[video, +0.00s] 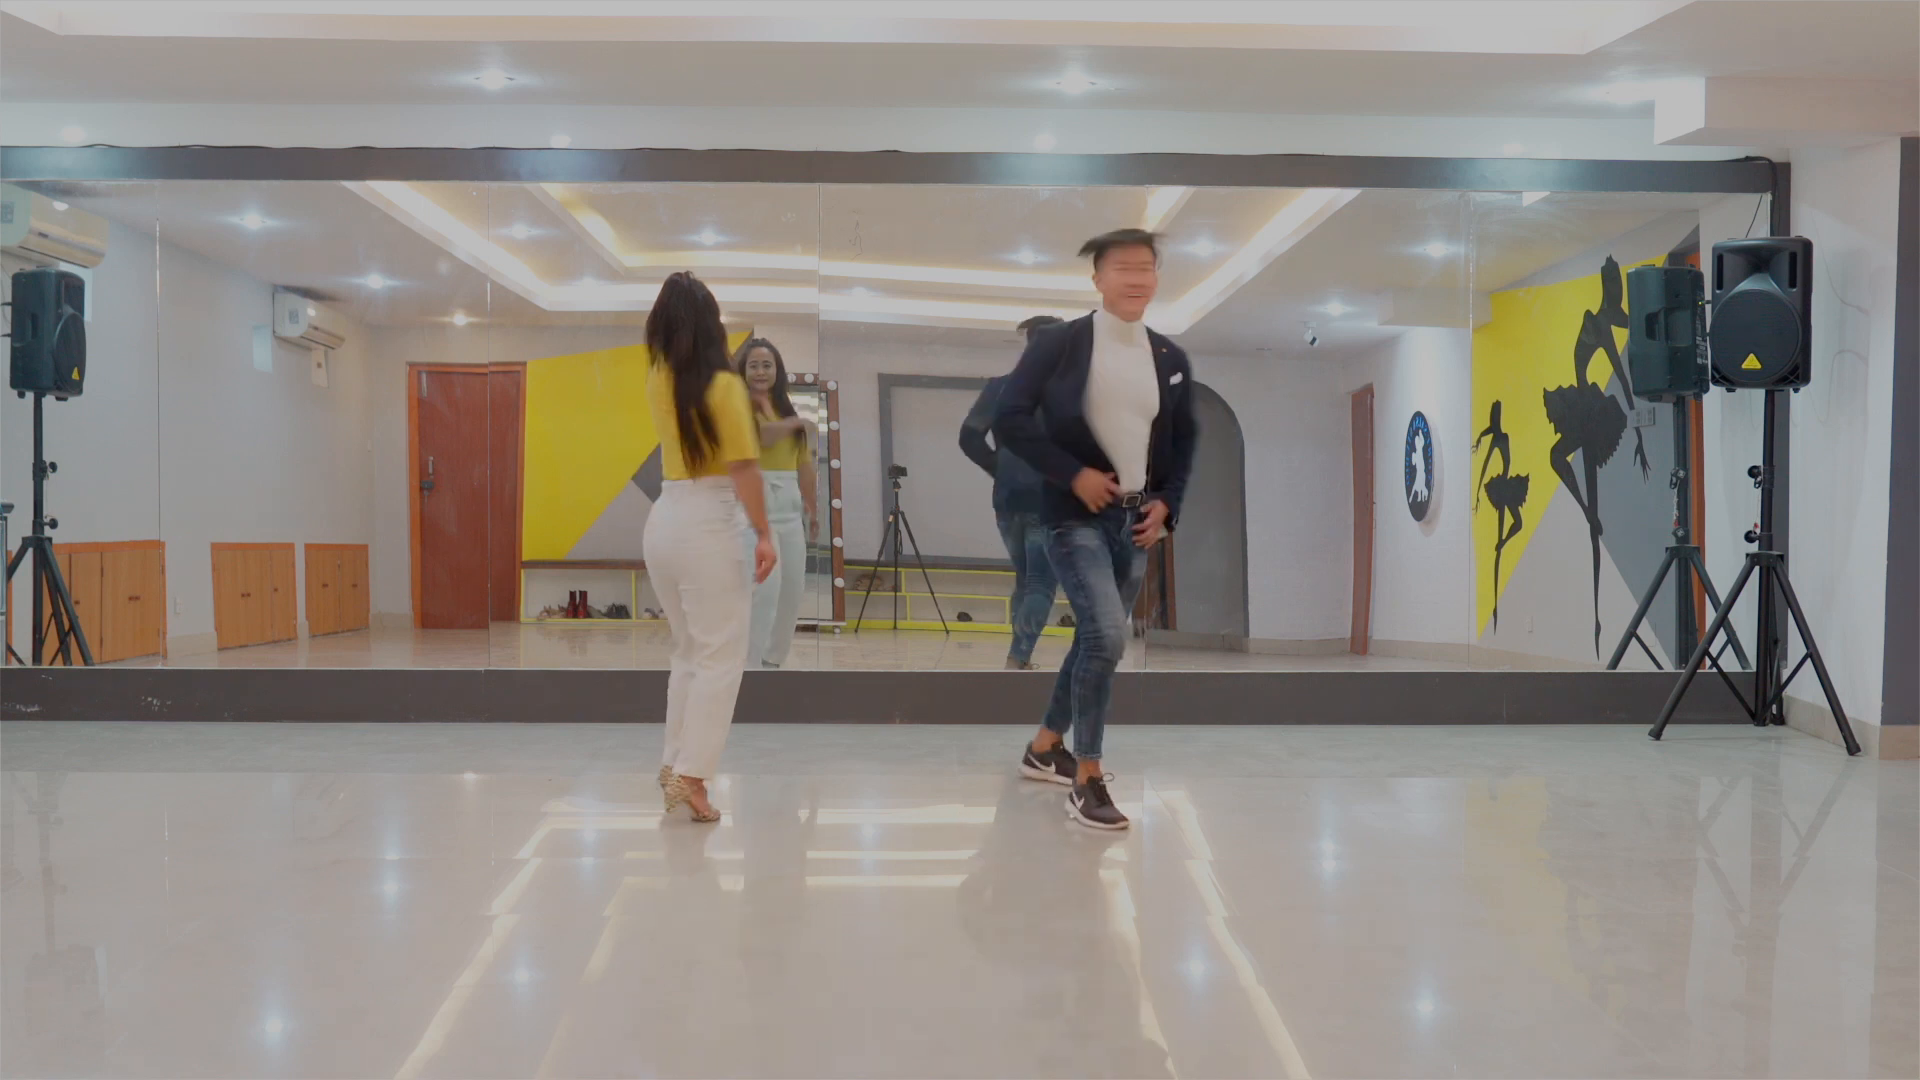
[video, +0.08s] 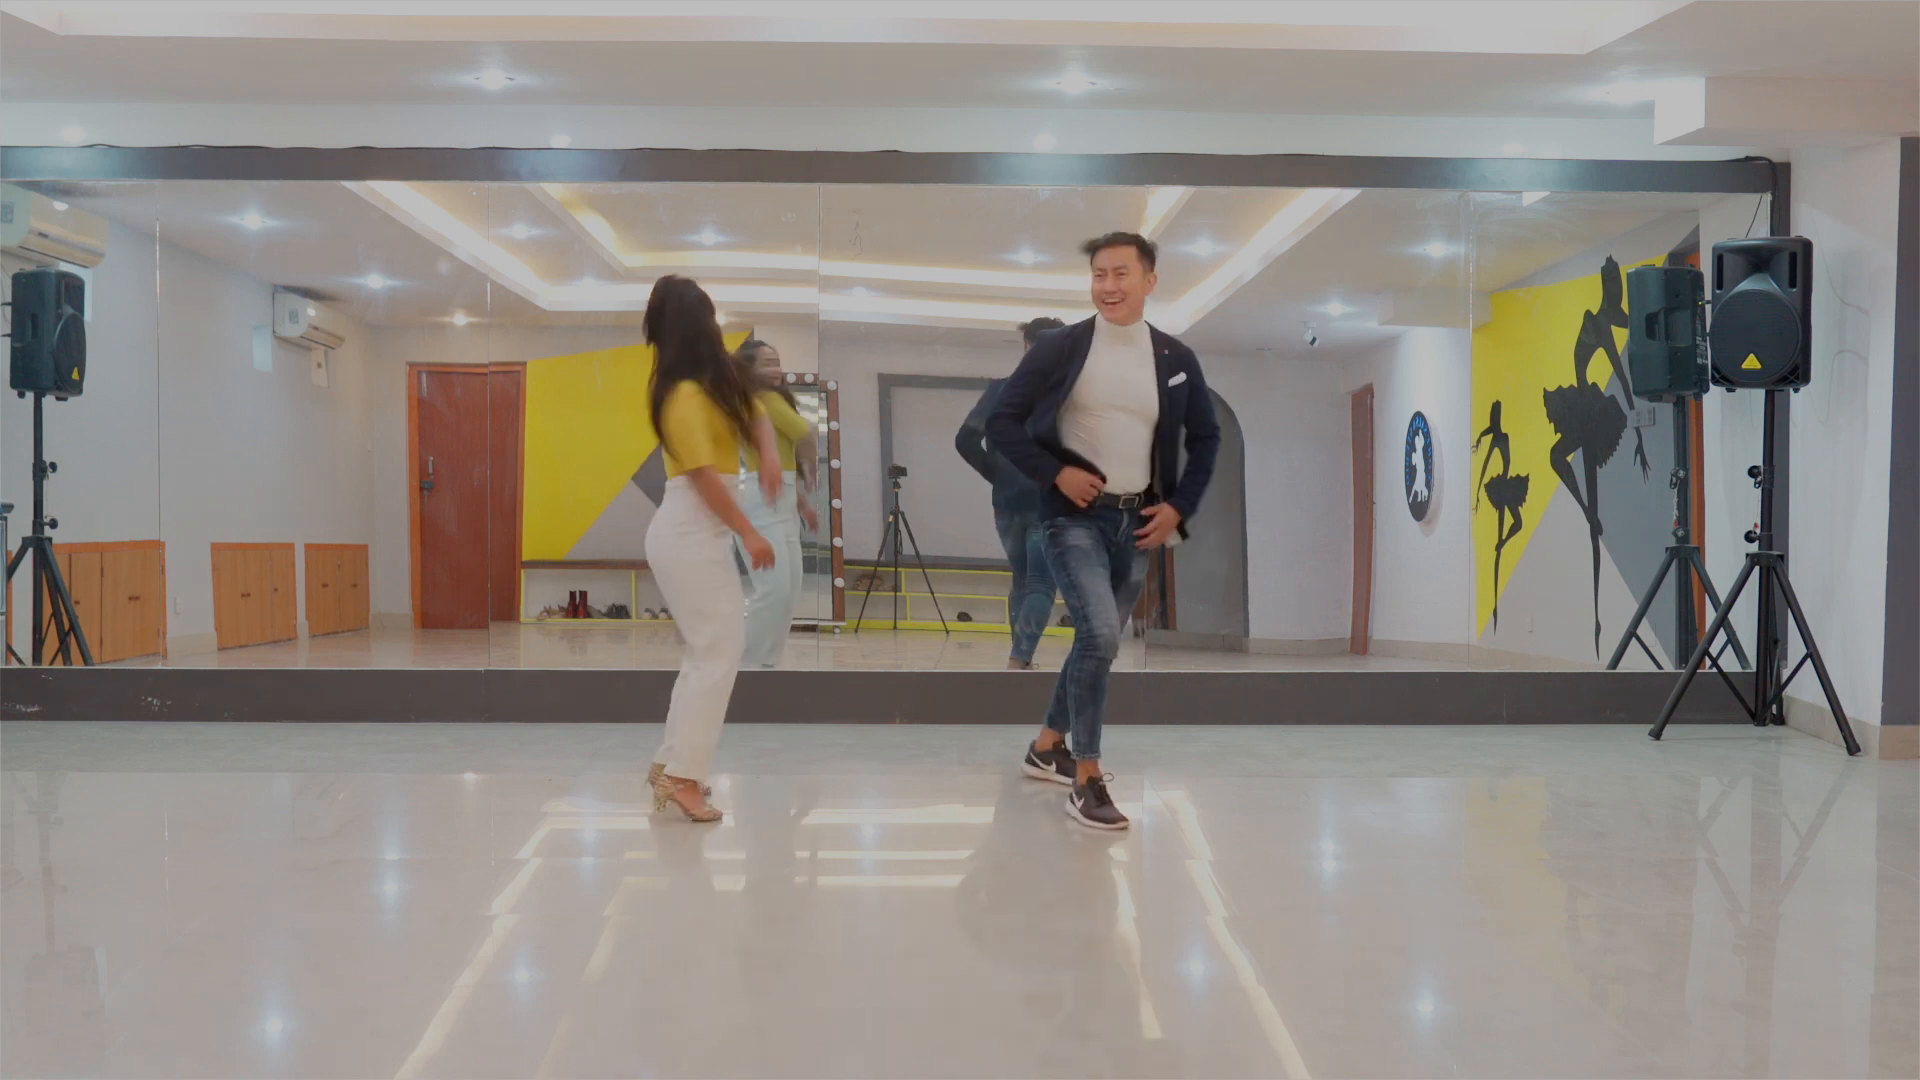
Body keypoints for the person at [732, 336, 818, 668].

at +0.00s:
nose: (761, 371)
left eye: (767, 365)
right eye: (753, 365)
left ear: (778, 372)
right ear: (741, 371)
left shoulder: (789, 411)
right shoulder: (738, 411)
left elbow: (805, 466)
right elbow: (752, 440)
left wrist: (812, 510)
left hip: (789, 510)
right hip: (752, 510)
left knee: (792, 589)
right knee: (764, 587)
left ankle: (773, 662)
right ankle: (751, 666)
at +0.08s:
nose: (777, 369)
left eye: (778, 363)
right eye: (768, 364)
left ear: (780, 367)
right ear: (748, 370)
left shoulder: (773, 399)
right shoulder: (760, 398)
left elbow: (782, 463)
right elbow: (804, 434)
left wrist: (801, 502)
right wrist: (811, 469)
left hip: (783, 501)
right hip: (760, 499)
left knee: (791, 587)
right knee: (774, 587)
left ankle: (766, 666)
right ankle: (747, 669)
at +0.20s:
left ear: (747, 377)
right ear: (784, 375)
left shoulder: (736, 410)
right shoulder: (794, 413)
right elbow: (809, 465)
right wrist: (814, 508)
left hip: (736, 501)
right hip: (775, 502)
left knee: (755, 590)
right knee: (781, 594)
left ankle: (755, 669)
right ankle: (752, 670)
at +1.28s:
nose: (802, 378)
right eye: (797, 373)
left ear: (758, 379)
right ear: (791, 378)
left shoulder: (746, 413)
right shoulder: (795, 417)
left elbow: (739, 471)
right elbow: (802, 475)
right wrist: (808, 520)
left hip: (745, 502)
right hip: (783, 501)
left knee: (751, 589)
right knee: (782, 593)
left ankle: (747, 666)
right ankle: (763, 670)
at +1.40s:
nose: (804, 376)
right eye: (799, 369)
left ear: (762, 371)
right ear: (792, 371)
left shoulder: (749, 405)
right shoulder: (790, 407)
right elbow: (803, 459)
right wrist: (802, 508)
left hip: (752, 501)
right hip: (782, 502)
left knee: (760, 587)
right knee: (776, 592)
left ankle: (760, 662)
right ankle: (763, 666)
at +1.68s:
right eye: (807, 364)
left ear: (773, 370)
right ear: (800, 368)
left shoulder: (764, 400)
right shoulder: (799, 401)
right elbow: (807, 434)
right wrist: (801, 463)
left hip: (768, 494)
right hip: (782, 497)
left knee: (808, 567)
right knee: (774, 569)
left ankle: (791, 632)